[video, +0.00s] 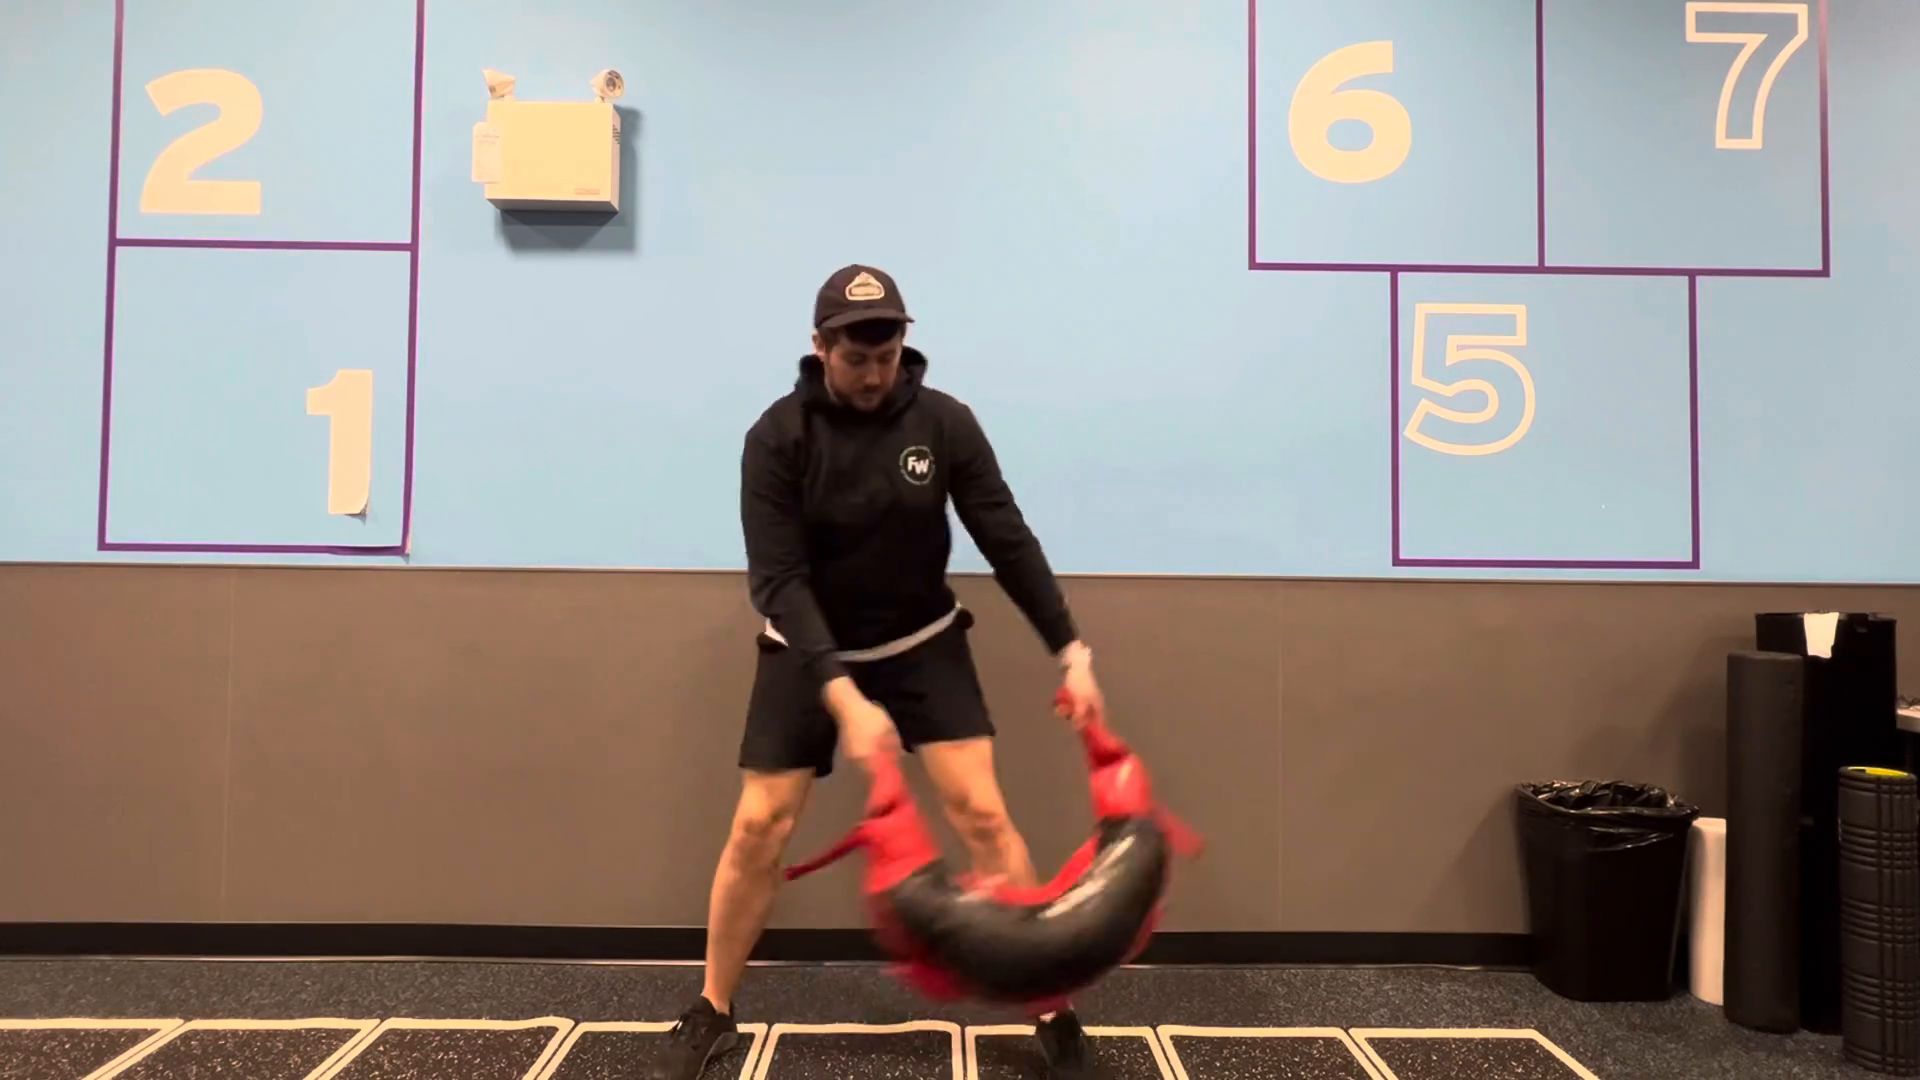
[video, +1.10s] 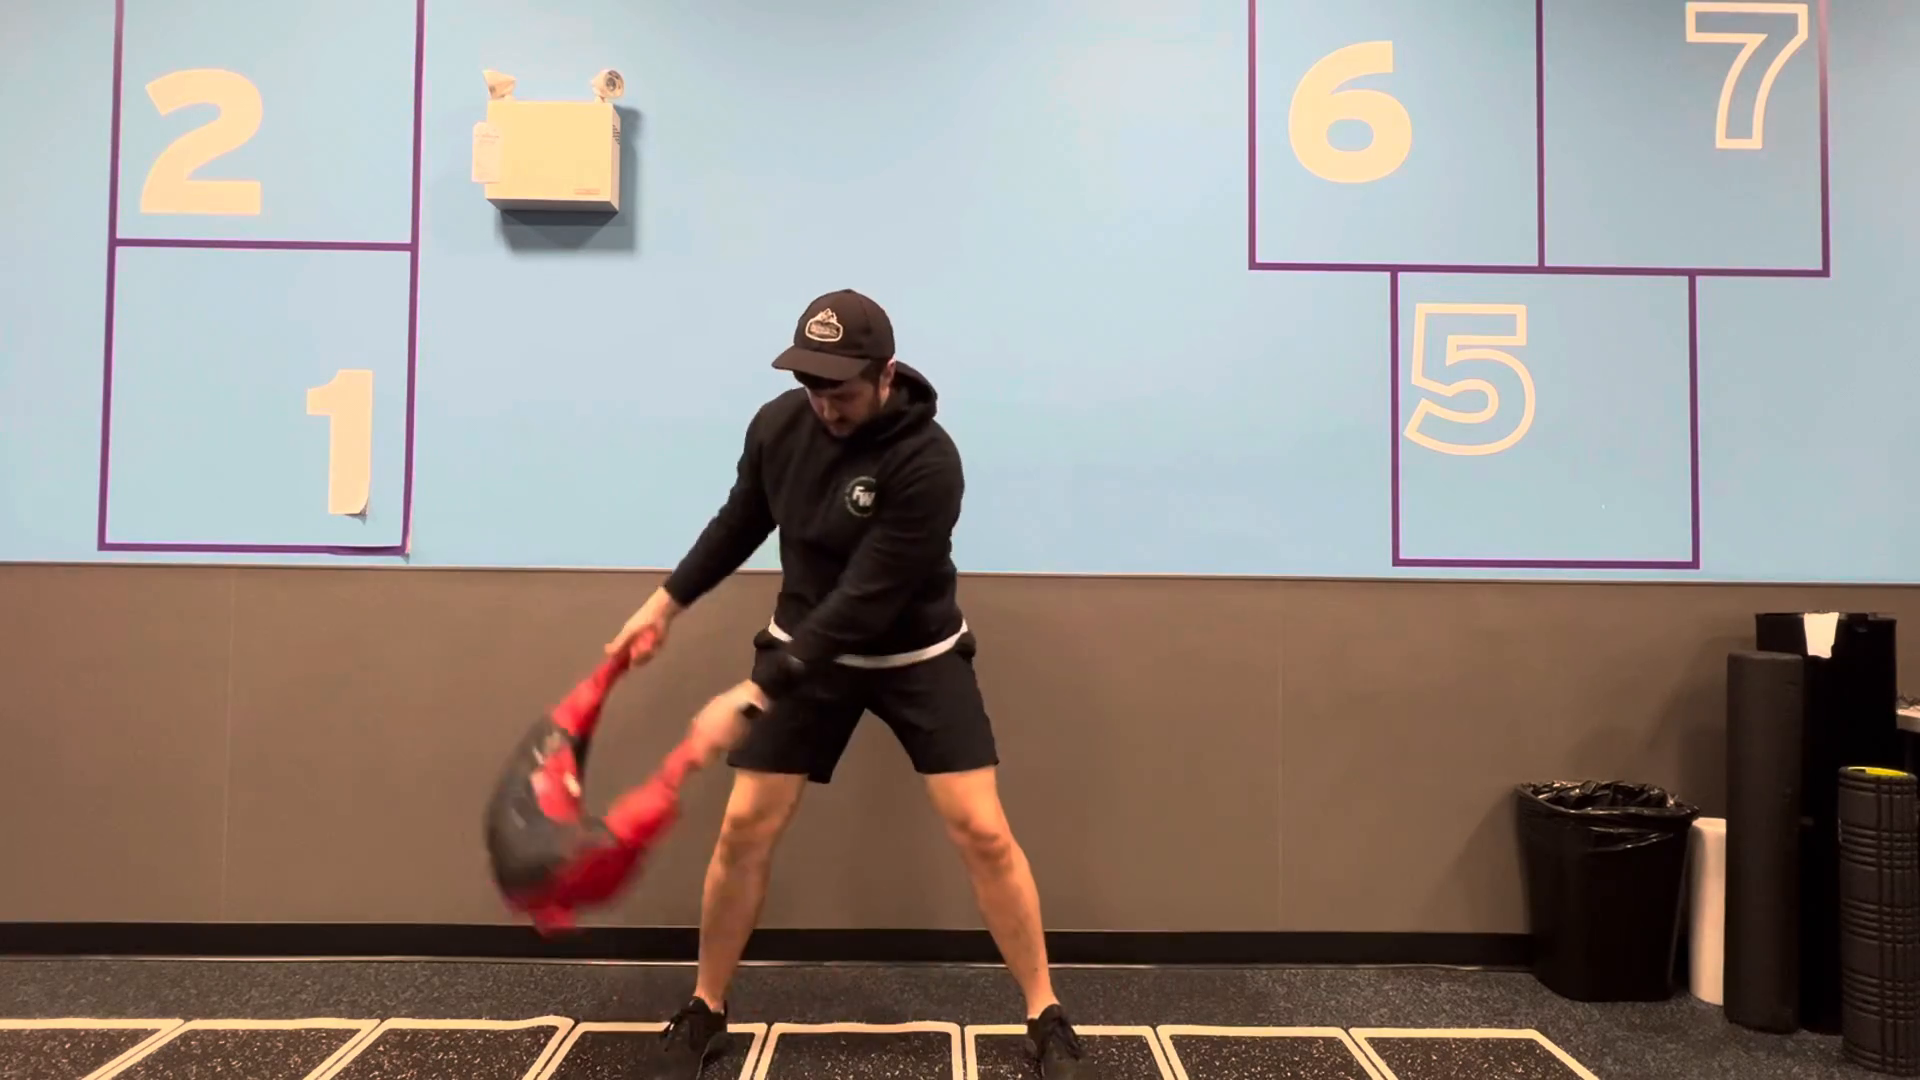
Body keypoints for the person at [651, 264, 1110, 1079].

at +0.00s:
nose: (872, 365)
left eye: (885, 347)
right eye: (854, 350)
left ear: (904, 342)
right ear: (820, 348)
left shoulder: (943, 423)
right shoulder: (777, 439)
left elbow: (1007, 540)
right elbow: (776, 582)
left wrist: (1071, 650)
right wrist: (842, 696)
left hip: (921, 643)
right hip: (806, 649)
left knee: (983, 814)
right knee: (756, 826)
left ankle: (1054, 1011)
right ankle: (713, 1009)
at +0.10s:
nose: (872, 384)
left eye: (885, 365)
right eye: (854, 367)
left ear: (901, 354)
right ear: (813, 359)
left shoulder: (929, 425)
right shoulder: (772, 448)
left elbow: (1000, 520)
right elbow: (813, 588)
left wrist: (1084, 608)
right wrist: (924, 673)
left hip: (910, 647)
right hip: (798, 653)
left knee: (971, 816)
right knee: (750, 832)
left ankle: (1047, 1007)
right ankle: (712, 1009)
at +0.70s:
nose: (854, 422)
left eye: (871, 406)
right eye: (840, 404)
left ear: (904, 394)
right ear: (817, 390)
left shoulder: (944, 450)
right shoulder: (782, 471)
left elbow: (1004, 555)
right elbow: (820, 613)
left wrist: (1078, 652)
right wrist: (906, 715)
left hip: (919, 655)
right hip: (803, 657)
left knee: (981, 819)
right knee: (745, 828)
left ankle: (1046, 1018)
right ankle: (702, 1014)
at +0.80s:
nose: (839, 417)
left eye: (856, 402)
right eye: (825, 400)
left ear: (893, 388)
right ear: (806, 386)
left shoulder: (942, 452)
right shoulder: (772, 465)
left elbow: (988, 574)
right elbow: (779, 611)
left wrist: (1036, 693)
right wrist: (819, 736)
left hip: (915, 657)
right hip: (800, 659)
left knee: (976, 826)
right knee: (744, 827)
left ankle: (1041, 1014)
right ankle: (702, 1011)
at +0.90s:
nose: (833, 410)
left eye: (850, 394)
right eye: (820, 393)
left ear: (889, 381)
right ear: (804, 381)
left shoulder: (942, 453)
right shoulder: (776, 451)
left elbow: (961, 593)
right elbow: (749, 585)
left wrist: (952, 728)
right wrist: (724, 713)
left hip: (914, 664)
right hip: (802, 659)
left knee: (982, 830)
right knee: (749, 821)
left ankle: (1041, 1007)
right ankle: (712, 1002)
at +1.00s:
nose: (827, 404)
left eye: (845, 388)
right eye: (816, 386)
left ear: (890, 378)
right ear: (803, 375)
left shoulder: (938, 459)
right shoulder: (776, 440)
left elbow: (910, 607)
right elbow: (737, 553)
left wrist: (839, 729)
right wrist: (674, 656)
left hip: (924, 651)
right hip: (810, 647)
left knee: (983, 829)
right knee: (749, 818)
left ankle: (1042, 1012)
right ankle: (704, 1010)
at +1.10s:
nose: (822, 401)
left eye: (839, 387)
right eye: (811, 383)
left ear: (886, 377)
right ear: (799, 372)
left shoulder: (926, 463)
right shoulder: (779, 427)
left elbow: (857, 603)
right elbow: (742, 520)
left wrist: (746, 695)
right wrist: (662, 604)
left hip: (920, 658)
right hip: (806, 652)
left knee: (985, 832)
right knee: (744, 826)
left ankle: (1045, 1015)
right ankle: (707, 1007)